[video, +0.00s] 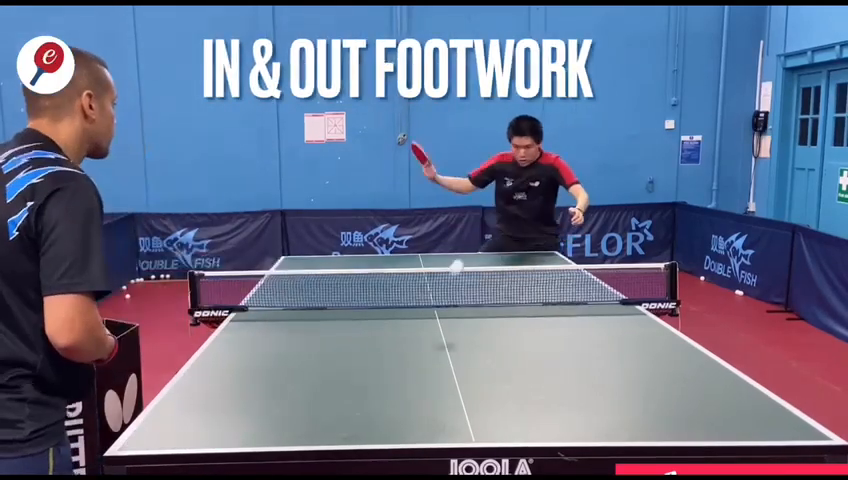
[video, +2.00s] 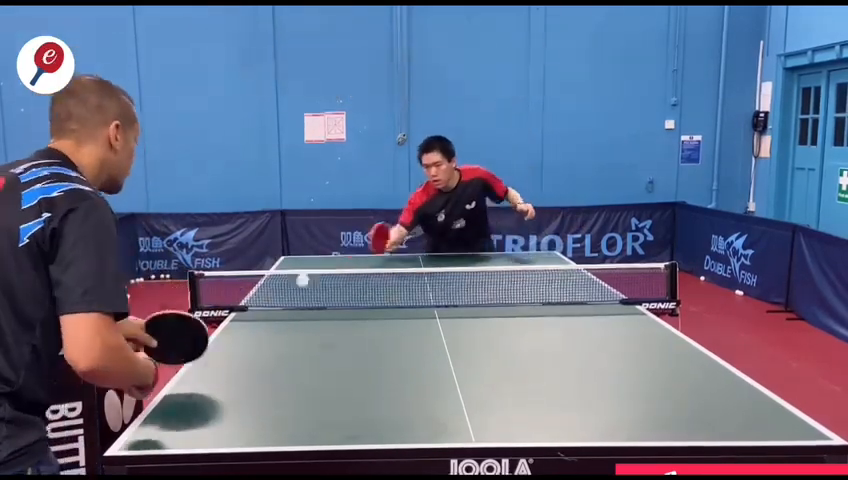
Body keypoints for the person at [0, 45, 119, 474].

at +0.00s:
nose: (115, 120)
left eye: (114, 107)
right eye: (112, 106)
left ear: (37, 105)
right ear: (87, 104)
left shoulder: (8, 162)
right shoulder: (65, 184)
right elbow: (68, 330)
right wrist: (105, 347)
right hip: (24, 436)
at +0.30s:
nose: (118, 127)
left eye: (119, 114)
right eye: (117, 113)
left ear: (43, 108)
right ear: (91, 109)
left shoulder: (8, 163)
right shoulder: (76, 186)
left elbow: (23, 301)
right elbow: (106, 326)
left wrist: (113, 314)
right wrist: (156, 331)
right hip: (28, 433)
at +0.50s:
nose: (137, 146)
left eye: (139, 133)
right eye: (137, 132)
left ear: (67, 123)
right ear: (114, 126)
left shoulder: (12, 174)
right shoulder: (99, 195)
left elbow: (26, 289)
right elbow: (157, 318)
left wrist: (102, 302)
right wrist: (209, 315)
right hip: (28, 429)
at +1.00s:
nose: (166, 198)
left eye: (171, 184)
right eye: (170, 182)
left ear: (106, 160)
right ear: (152, 170)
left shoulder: (35, 199)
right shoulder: (133, 227)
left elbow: (54, 299)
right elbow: (196, 343)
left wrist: (138, 315)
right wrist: (239, 337)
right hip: (23, 432)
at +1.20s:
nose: (173, 213)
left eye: (178, 199)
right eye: (178, 197)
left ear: (115, 176)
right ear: (162, 186)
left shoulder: (52, 211)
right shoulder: (128, 237)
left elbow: (94, 294)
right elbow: (183, 360)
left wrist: (178, 308)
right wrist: (231, 351)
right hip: (18, 425)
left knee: (89, 469)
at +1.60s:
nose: (141, 156)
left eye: (143, 143)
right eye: (142, 143)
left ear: (70, 136)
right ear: (125, 141)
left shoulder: (18, 187)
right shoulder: (92, 219)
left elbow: (54, 283)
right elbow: (135, 351)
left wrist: (147, 295)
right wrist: (194, 344)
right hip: (26, 442)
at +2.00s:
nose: (133, 158)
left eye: (136, 145)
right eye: (134, 143)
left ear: (60, 130)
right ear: (114, 135)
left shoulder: (10, 179)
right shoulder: (81, 205)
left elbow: (22, 310)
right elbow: (89, 353)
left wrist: (108, 327)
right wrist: (144, 373)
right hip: (14, 440)